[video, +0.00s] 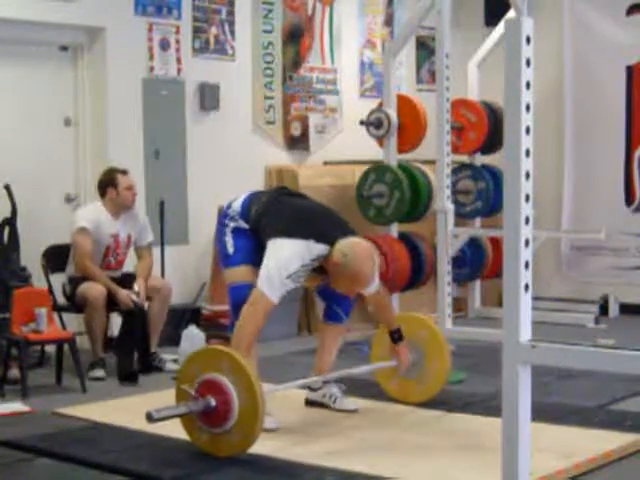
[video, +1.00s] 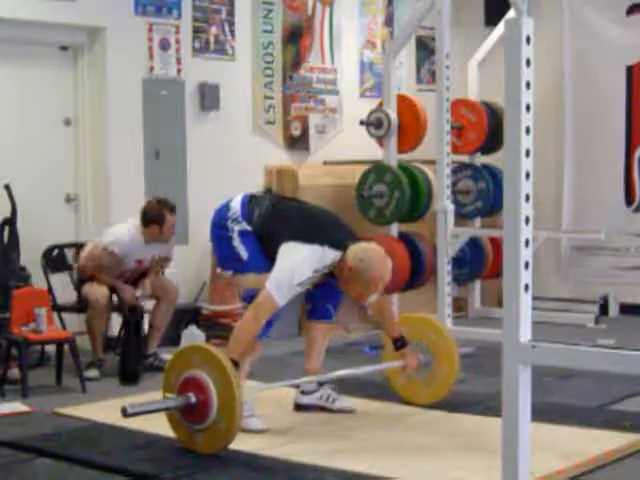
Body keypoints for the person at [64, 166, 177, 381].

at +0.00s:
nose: (135, 193)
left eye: (134, 188)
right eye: (129, 189)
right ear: (111, 193)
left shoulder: (135, 217)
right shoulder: (88, 216)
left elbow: (145, 256)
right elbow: (83, 264)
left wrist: (141, 281)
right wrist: (116, 290)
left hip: (119, 276)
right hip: (87, 277)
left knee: (162, 288)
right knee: (97, 294)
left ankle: (151, 352)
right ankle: (98, 359)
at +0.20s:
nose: (137, 194)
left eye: (135, 188)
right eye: (130, 189)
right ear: (113, 194)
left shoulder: (139, 216)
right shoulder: (91, 216)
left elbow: (147, 256)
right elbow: (85, 264)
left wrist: (140, 283)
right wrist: (119, 291)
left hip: (121, 277)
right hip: (88, 278)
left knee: (162, 289)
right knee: (98, 294)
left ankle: (150, 352)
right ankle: (98, 359)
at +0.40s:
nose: (139, 197)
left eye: (139, 192)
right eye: (134, 193)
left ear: (119, 196)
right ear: (116, 196)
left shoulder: (139, 220)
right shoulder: (91, 218)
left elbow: (147, 257)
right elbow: (85, 265)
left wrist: (140, 281)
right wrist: (120, 288)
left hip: (120, 278)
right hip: (87, 279)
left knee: (162, 289)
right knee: (100, 293)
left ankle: (151, 352)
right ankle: (98, 359)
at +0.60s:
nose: (149, 214)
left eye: (148, 208)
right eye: (145, 208)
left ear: (131, 211)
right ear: (129, 211)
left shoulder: (143, 227)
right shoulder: (93, 226)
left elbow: (147, 259)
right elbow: (76, 267)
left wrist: (142, 275)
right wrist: (115, 281)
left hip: (121, 279)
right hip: (87, 279)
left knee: (161, 287)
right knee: (93, 292)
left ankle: (150, 352)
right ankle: (96, 358)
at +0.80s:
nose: (160, 230)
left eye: (160, 225)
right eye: (156, 226)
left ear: (142, 227)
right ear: (140, 227)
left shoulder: (154, 239)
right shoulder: (106, 235)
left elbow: (152, 263)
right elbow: (76, 267)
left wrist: (146, 275)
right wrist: (114, 284)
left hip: (124, 280)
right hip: (91, 280)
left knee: (166, 289)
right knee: (94, 295)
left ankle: (150, 352)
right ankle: (96, 358)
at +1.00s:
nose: (173, 231)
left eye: (173, 226)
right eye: (170, 226)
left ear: (156, 227)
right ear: (154, 227)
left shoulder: (165, 242)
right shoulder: (120, 239)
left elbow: (162, 262)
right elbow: (86, 266)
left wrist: (150, 278)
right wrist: (120, 287)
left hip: (134, 276)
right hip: (100, 277)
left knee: (169, 291)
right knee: (99, 297)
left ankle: (151, 352)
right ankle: (97, 359)